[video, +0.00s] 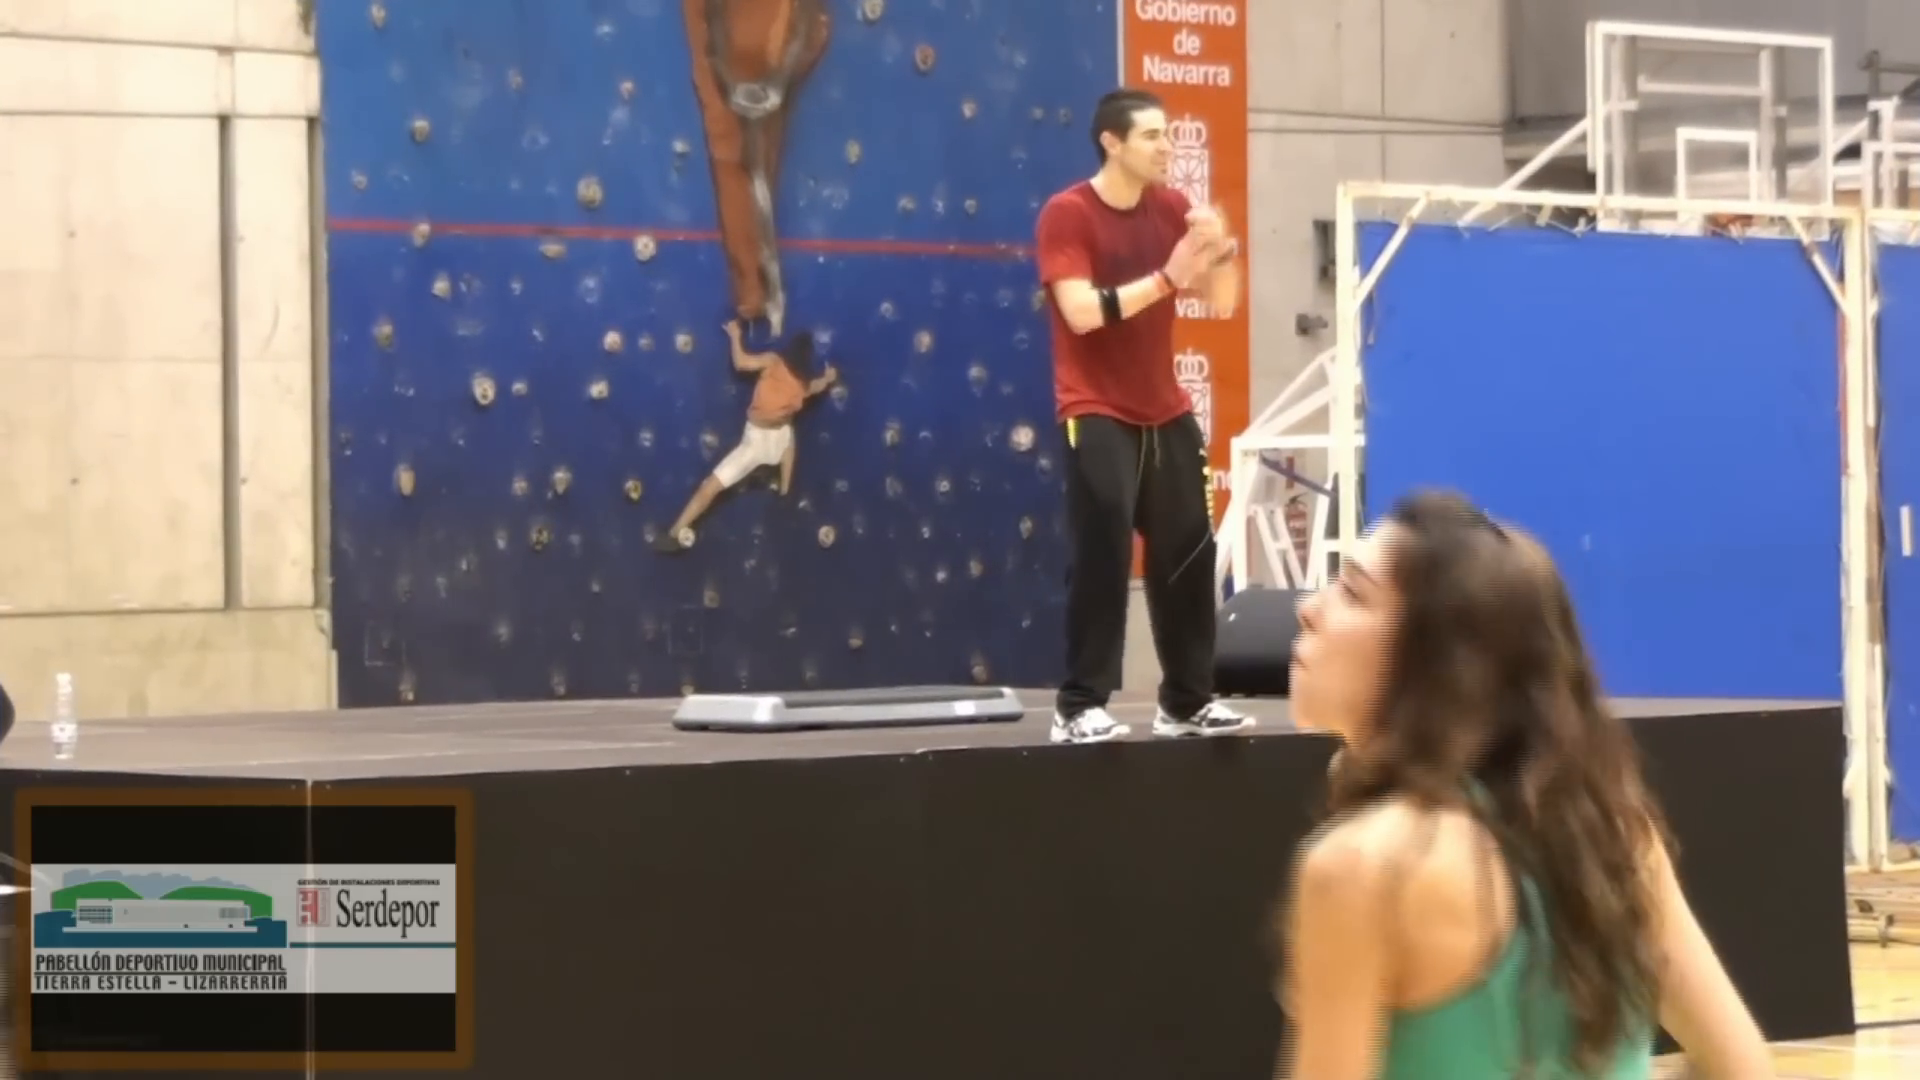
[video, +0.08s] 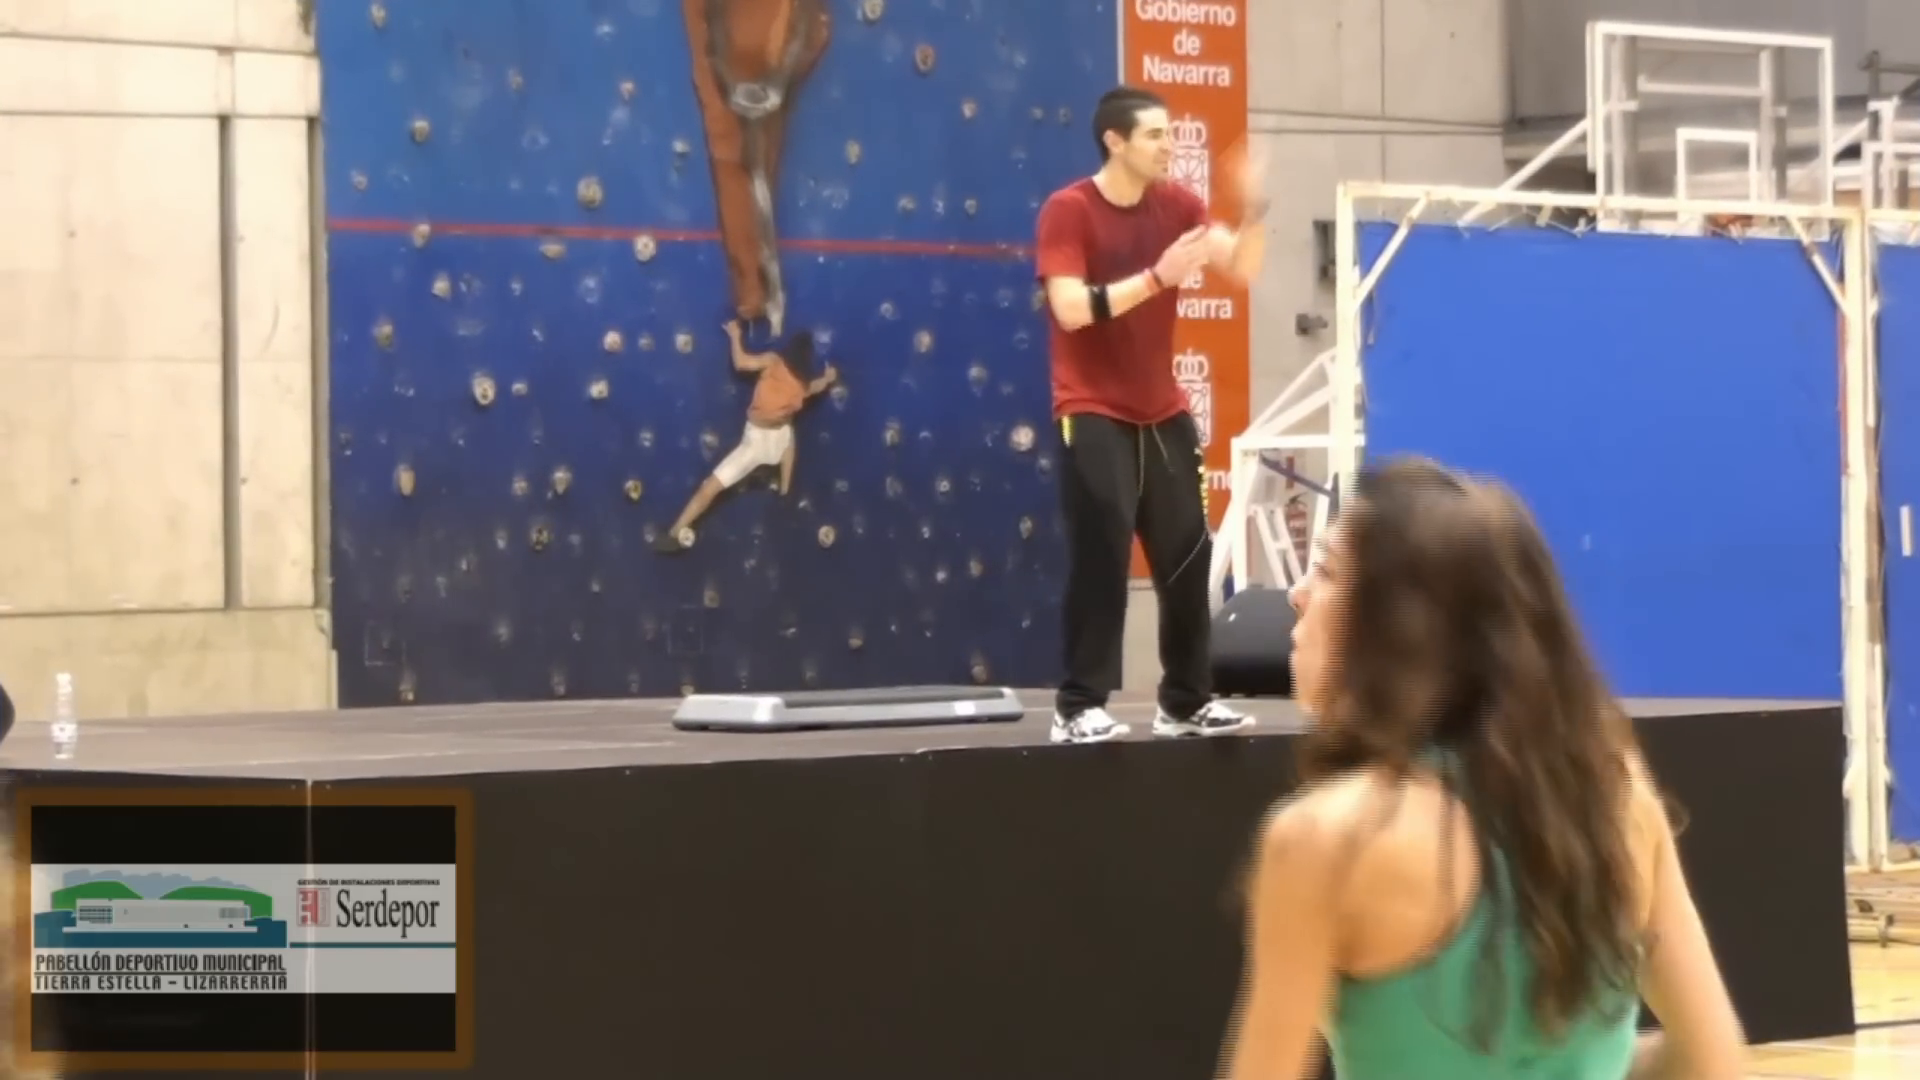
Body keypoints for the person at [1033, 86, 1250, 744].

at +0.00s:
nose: (1164, 147)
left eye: (1166, 135)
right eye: (1150, 136)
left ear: (1163, 142)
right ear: (1111, 143)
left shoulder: (1171, 209)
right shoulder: (1066, 213)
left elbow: (1218, 299)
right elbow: (1080, 314)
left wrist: (1218, 249)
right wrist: (1168, 279)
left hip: (1165, 406)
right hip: (1095, 408)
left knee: (1187, 550)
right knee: (1105, 548)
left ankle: (1189, 700)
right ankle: (1083, 705)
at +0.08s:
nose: (1165, 146)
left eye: (1168, 135)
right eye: (1153, 136)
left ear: (1167, 141)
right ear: (1113, 142)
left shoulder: (1177, 205)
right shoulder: (1069, 209)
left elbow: (1240, 271)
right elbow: (1071, 310)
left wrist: (1251, 207)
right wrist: (1159, 277)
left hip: (1162, 407)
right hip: (1092, 407)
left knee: (1186, 553)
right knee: (1102, 553)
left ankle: (1186, 701)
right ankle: (1082, 705)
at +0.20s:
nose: (1165, 155)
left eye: (1169, 143)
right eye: (1153, 143)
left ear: (1170, 146)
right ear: (1113, 143)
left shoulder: (1181, 202)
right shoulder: (1071, 207)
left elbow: (1250, 251)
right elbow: (1054, 305)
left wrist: (1265, 173)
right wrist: (1151, 286)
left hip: (1161, 404)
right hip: (1088, 403)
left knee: (1180, 549)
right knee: (1093, 548)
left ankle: (1187, 700)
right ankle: (1081, 704)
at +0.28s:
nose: (1163, 150)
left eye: (1167, 138)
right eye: (1151, 139)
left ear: (1169, 142)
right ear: (1113, 143)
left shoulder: (1182, 205)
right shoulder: (1069, 208)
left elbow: (1239, 282)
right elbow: (1046, 299)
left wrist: (1248, 222)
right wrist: (1140, 290)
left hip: (1165, 409)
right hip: (1091, 407)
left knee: (1182, 549)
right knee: (1093, 547)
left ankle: (1188, 700)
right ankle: (1082, 703)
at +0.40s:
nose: (1168, 140)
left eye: (1169, 129)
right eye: (1154, 130)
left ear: (1166, 138)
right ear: (1115, 138)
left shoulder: (1181, 205)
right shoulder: (1069, 204)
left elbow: (1216, 288)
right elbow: (1038, 285)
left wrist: (1234, 299)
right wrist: (1093, 216)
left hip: (1166, 403)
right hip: (1092, 401)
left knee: (1181, 550)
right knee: (1096, 548)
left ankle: (1189, 699)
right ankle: (1082, 703)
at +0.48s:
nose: (1169, 140)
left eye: (1170, 129)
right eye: (1156, 129)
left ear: (1165, 138)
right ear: (1117, 137)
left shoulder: (1182, 205)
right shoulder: (1074, 196)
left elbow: (1204, 293)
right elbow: (1031, 236)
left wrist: (1225, 316)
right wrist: (1080, 169)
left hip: (1165, 401)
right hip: (1094, 399)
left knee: (1180, 552)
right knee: (1093, 547)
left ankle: (1187, 699)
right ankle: (1081, 703)